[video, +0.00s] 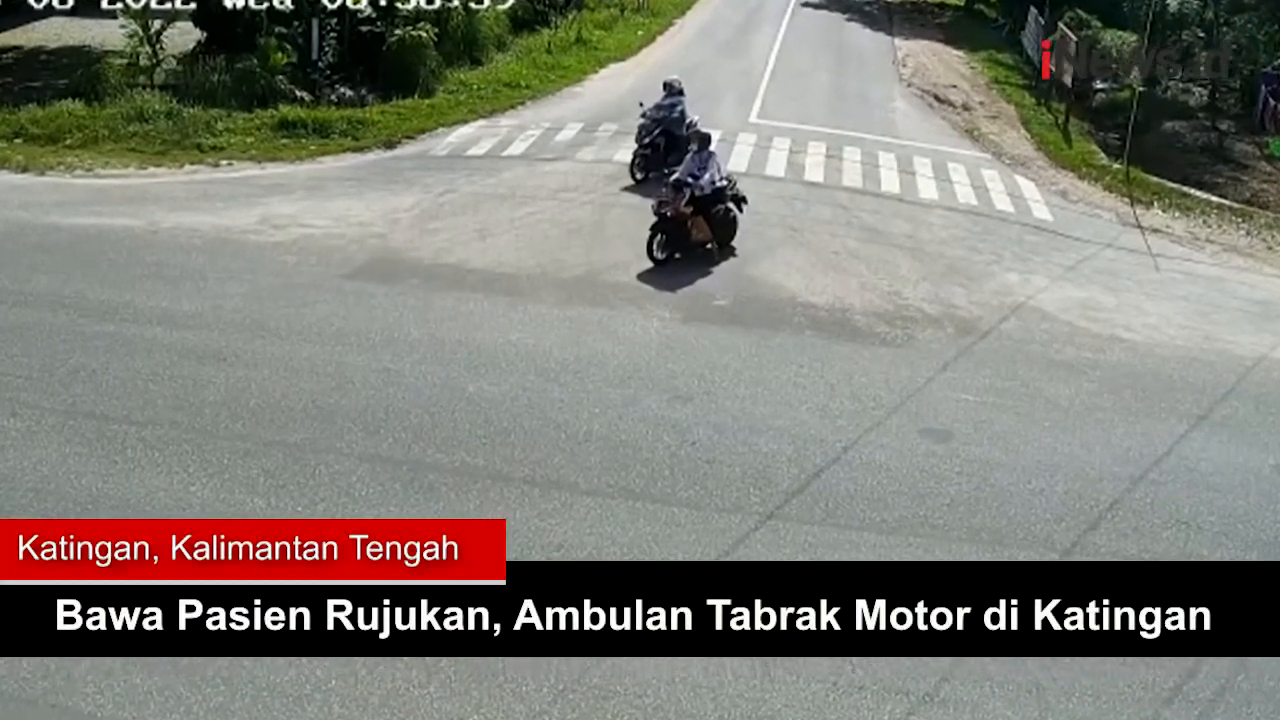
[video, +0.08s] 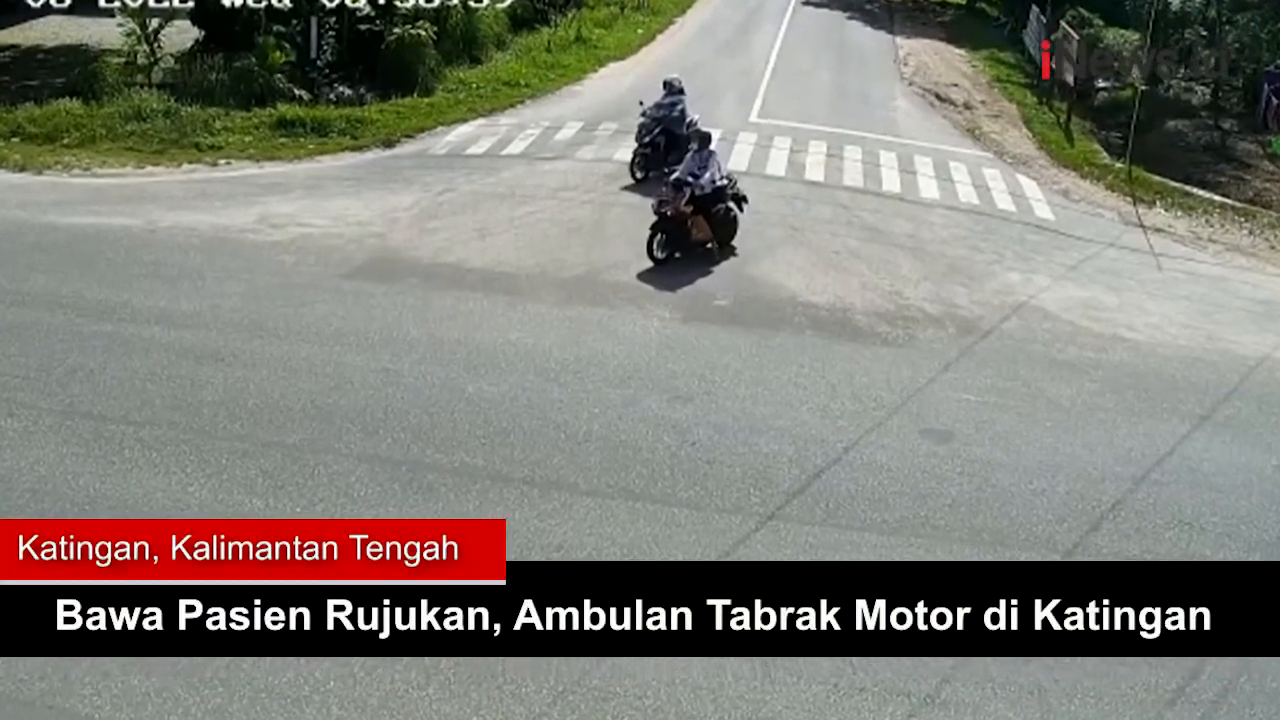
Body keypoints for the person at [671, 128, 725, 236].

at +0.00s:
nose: (697, 144)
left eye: (701, 141)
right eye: (696, 141)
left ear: (706, 143)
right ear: (695, 142)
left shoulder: (711, 157)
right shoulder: (691, 156)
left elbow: (711, 174)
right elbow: (683, 171)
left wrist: (700, 184)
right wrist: (673, 180)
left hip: (713, 191)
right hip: (696, 192)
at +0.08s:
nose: (699, 143)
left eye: (702, 140)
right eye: (698, 140)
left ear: (707, 142)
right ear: (696, 141)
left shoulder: (711, 156)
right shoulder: (692, 155)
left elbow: (711, 172)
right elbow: (683, 169)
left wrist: (701, 183)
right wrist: (674, 178)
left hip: (712, 190)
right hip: (695, 190)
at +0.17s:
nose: (695, 141)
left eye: (698, 139)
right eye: (695, 138)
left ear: (705, 140)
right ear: (695, 140)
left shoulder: (712, 154)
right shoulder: (692, 153)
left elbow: (711, 171)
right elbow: (684, 167)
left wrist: (701, 181)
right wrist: (676, 176)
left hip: (714, 186)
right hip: (697, 186)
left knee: (703, 206)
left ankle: (718, 237)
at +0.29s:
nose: (694, 140)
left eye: (697, 137)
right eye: (694, 137)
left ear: (704, 139)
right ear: (694, 139)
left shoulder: (712, 152)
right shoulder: (692, 152)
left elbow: (712, 170)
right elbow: (684, 166)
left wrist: (701, 180)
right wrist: (676, 176)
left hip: (715, 185)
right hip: (698, 185)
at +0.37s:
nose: (694, 139)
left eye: (697, 136)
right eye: (694, 136)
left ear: (705, 138)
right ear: (694, 138)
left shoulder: (713, 152)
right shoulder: (692, 151)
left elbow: (712, 170)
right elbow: (684, 166)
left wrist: (701, 180)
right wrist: (676, 175)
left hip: (715, 184)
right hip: (698, 184)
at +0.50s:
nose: (695, 138)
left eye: (699, 135)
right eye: (696, 135)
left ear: (706, 137)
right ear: (696, 136)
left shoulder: (713, 150)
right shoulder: (693, 150)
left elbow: (712, 168)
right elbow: (684, 164)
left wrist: (702, 179)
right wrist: (677, 174)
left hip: (715, 183)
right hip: (697, 183)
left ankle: (721, 235)